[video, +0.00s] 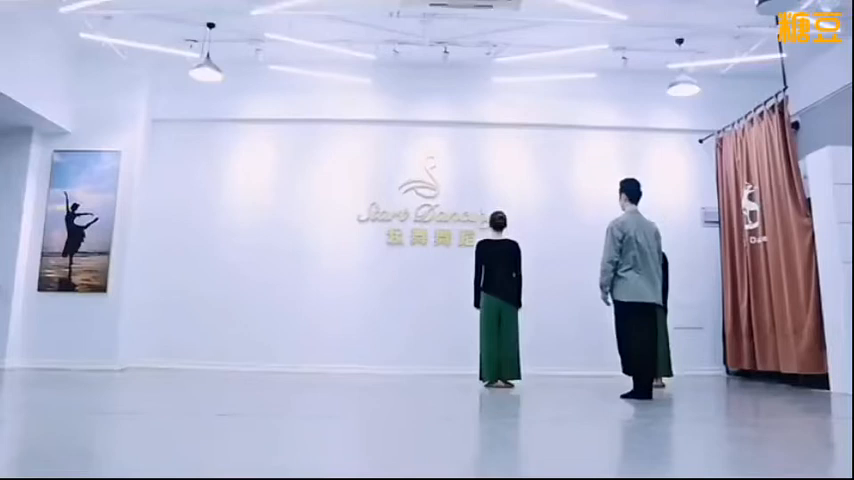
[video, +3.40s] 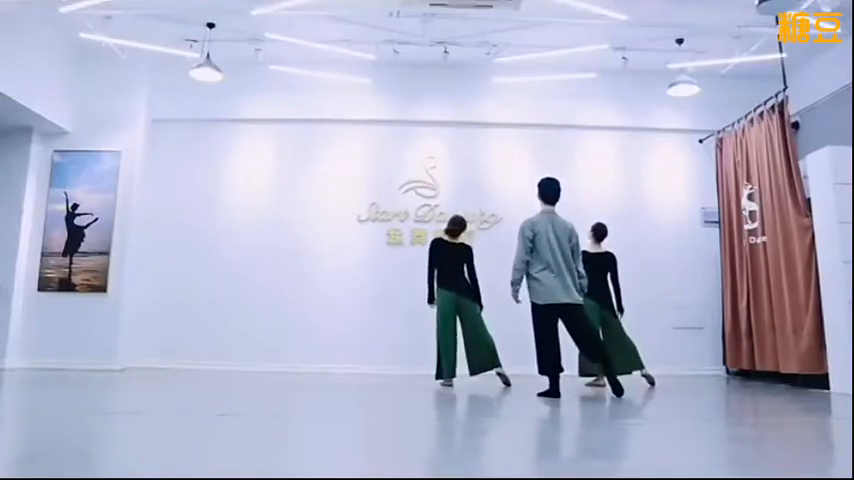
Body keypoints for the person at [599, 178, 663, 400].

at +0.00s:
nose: (619, 199)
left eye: (619, 195)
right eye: (620, 195)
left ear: (623, 197)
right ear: (639, 197)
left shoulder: (618, 225)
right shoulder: (652, 227)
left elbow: (610, 261)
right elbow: (658, 261)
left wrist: (604, 287)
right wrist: (655, 289)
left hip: (626, 294)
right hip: (650, 294)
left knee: (631, 342)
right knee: (647, 342)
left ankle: (640, 386)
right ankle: (644, 387)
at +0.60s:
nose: (616, 203)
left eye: (616, 200)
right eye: (617, 199)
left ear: (621, 201)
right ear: (636, 202)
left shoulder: (617, 229)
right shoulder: (650, 232)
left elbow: (607, 264)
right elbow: (656, 264)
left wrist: (594, 287)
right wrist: (652, 292)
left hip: (621, 296)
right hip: (647, 297)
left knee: (605, 330)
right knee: (642, 343)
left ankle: (623, 368)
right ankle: (644, 387)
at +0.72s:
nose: (613, 207)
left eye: (614, 203)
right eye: (615, 203)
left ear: (619, 205)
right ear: (633, 206)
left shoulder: (615, 232)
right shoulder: (648, 237)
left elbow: (604, 269)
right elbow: (652, 271)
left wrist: (591, 296)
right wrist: (648, 298)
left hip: (617, 297)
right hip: (643, 301)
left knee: (591, 329)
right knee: (638, 345)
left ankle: (597, 366)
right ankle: (643, 386)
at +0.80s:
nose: (611, 207)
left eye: (613, 204)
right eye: (613, 203)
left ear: (617, 205)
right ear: (632, 207)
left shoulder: (613, 233)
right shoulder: (645, 238)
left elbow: (603, 270)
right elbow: (650, 273)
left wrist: (591, 298)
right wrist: (647, 302)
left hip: (615, 299)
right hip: (640, 302)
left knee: (585, 330)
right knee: (638, 346)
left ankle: (583, 368)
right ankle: (644, 387)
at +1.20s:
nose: (582, 202)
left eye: (583, 198)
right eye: (584, 198)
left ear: (588, 200)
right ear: (602, 202)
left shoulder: (582, 229)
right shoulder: (613, 234)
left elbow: (575, 266)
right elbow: (616, 269)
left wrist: (567, 296)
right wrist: (616, 300)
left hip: (584, 298)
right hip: (609, 300)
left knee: (569, 344)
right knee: (619, 343)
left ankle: (555, 387)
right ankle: (639, 381)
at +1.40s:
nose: (564, 199)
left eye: (565, 195)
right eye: (566, 195)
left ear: (569, 197)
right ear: (583, 200)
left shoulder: (562, 226)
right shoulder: (593, 232)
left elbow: (552, 258)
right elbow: (598, 266)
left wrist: (542, 283)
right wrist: (597, 294)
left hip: (564, 296)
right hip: (588, 297)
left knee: (561, 343)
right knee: (605, 340)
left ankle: (555, 387)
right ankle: (629, 379)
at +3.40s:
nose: (539, 195)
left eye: (539, 192)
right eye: (551, 193)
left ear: (538, 195)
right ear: (558, 196)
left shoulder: (529, 226)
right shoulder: (568, 227)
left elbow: (521, 259)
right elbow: (578, 263)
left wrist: (515, 285)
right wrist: (581, 290)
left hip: (542, 296)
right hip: (568, 295)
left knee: (548, 343)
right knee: (589, 337)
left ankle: (554, 388)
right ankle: (611, 376)